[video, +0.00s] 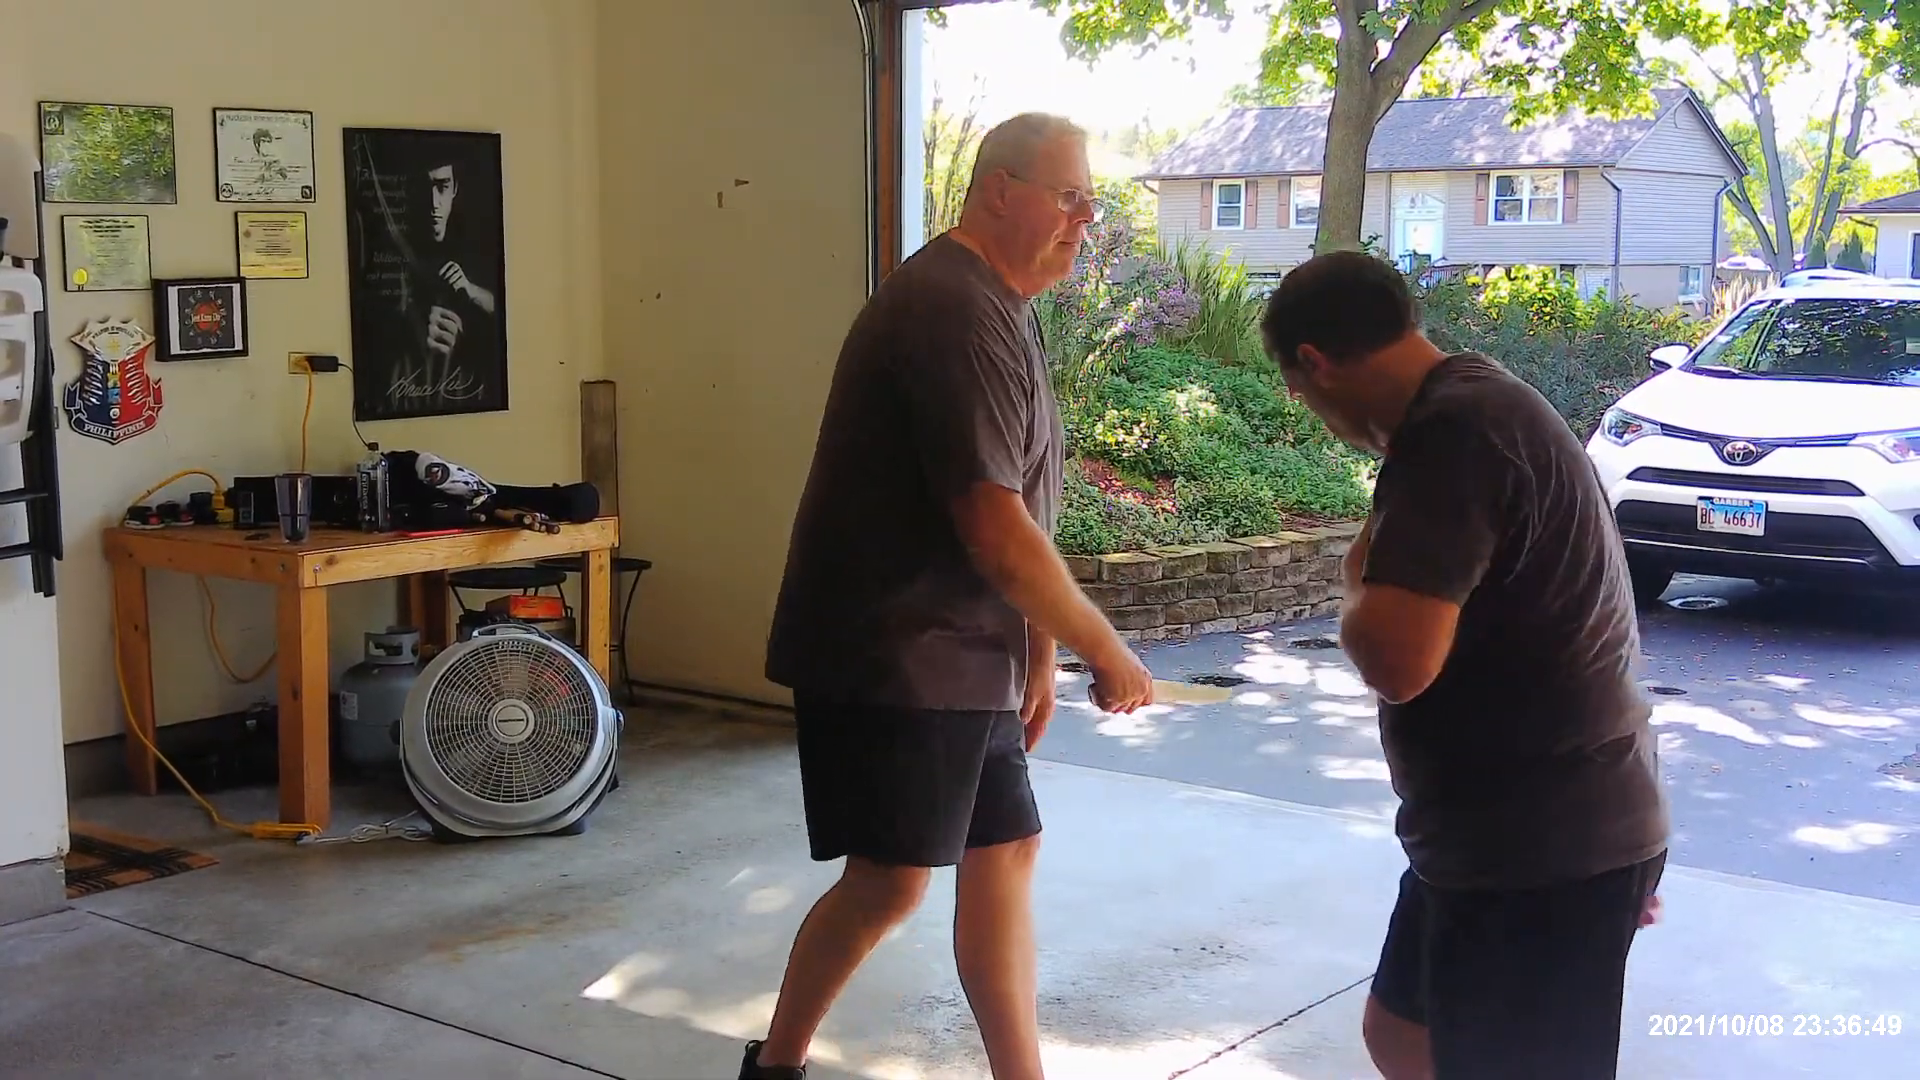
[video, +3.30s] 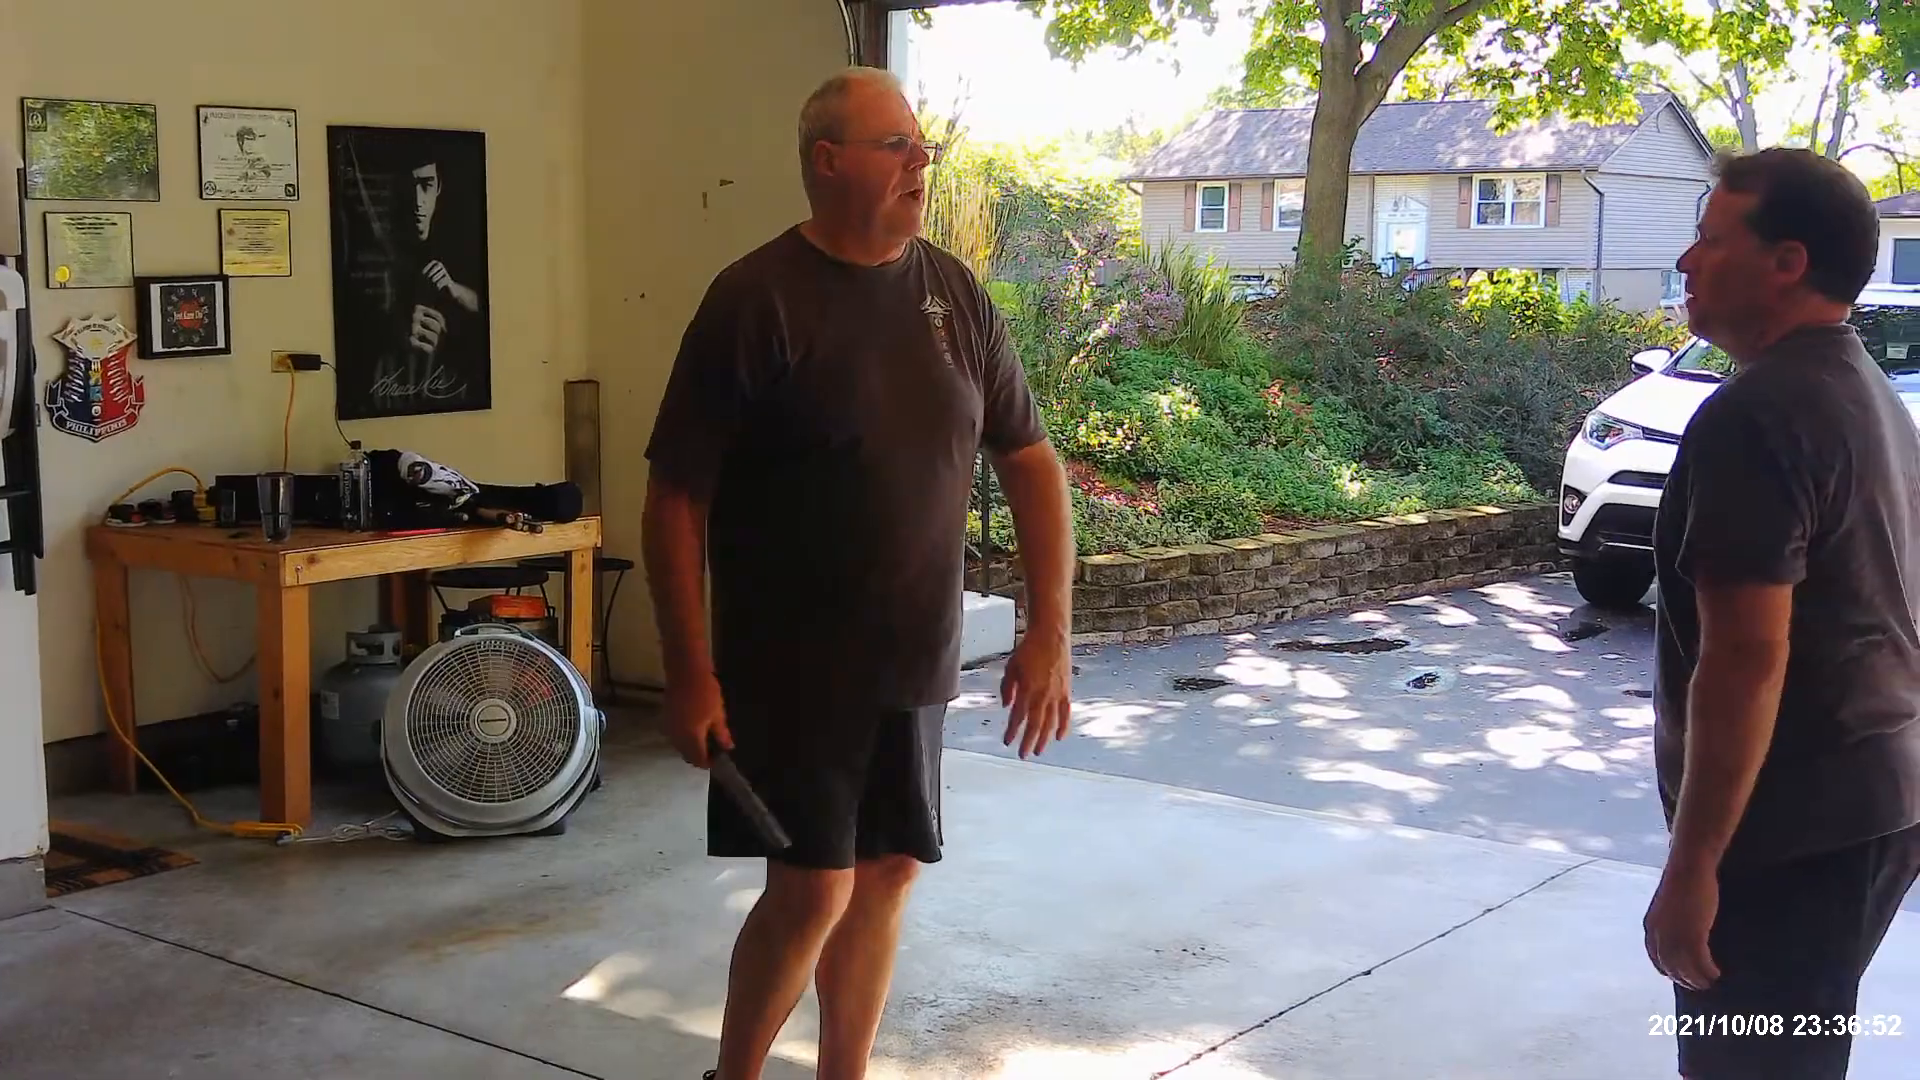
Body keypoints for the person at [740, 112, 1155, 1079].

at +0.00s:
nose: (1085, 223)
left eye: (1090, 203)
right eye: (1071, 199)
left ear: (1013, 200)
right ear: (1003, 194)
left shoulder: (995, 309)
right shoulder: (954, 306)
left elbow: (1014, 502)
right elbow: (989, 521)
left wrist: (1037, 641)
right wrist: (1105, 648)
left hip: (965, 650)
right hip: (891, 651)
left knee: (1004, 845)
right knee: (888, 877)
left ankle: (1020, 1073)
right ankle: (775, 1061)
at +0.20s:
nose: (979, 200)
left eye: (988, 181)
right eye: (956, 180)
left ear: (995, 194)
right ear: (895, 189)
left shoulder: (960, 308)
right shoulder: (857, 312)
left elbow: (1008, 480)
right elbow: (894, 516)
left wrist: (1060, 627)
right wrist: (1008, 658)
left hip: (945, 648)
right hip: (843, 653)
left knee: (979, 844)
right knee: (839, 863)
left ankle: (1012, 1071)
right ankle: (782, 1065)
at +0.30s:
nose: (933, 193)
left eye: (943, 175)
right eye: (908, 175)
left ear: (950, 185)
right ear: (850, 185)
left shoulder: (937, 300)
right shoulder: (812, 313)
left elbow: (988, 467)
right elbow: (827, 518)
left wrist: (1049, 614)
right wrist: (916, 675)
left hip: (926, 642)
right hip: (821, 651)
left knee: (961, 839)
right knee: (824, 852)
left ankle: (1000, 1068)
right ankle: (781, 1064)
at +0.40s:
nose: (896, 183)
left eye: (906, 165)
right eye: (871, 166)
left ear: (918, 177)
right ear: (818, 181)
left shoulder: (919, 295)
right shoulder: (778, 313)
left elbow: (966, 458)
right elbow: (759, 517)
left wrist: (1023, 605)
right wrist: (801, 689)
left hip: (914, 648)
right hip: (812, 662)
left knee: (951, 838)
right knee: (813, 851)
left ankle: (990, 1069)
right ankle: (781, 1064)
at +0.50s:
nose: (875, 182)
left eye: (885, 162)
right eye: (848, 166)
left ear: (899, 174)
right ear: (797, 183)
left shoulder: (903, 291)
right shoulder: (754, 311)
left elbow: (950, 456)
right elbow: (707, 509)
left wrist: (982, 604)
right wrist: (697, 692)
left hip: (916, 640)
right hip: (803, 657)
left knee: (948, 830)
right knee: (811, 845)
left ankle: (960, 1065)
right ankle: (782, 1062)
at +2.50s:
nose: (894, 167)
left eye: (889, 148)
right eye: (876, 150)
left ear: (819, 166)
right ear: (809, 166)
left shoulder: (866, 274)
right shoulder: (733, 295)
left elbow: (909, 429)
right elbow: (698, 505)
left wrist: (959, 544)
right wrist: (810, 646)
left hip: (872, 631)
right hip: (773, 647)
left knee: (883, 826)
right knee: (787, 854)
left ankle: (845, 1050)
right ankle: (750, 1072)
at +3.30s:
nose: (922, 163)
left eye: (923, 144)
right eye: (896, 144)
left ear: (925, 156)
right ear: (824, 162)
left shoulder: (953, 292)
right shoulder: (750, 300)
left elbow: (1030, 460)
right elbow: (676, 492)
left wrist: (1048, 628)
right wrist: (688, 669)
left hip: (913, 661)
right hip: (788, 665)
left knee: (886, 872)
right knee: (812, 889)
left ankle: (844, 1074)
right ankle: (736, 1069)